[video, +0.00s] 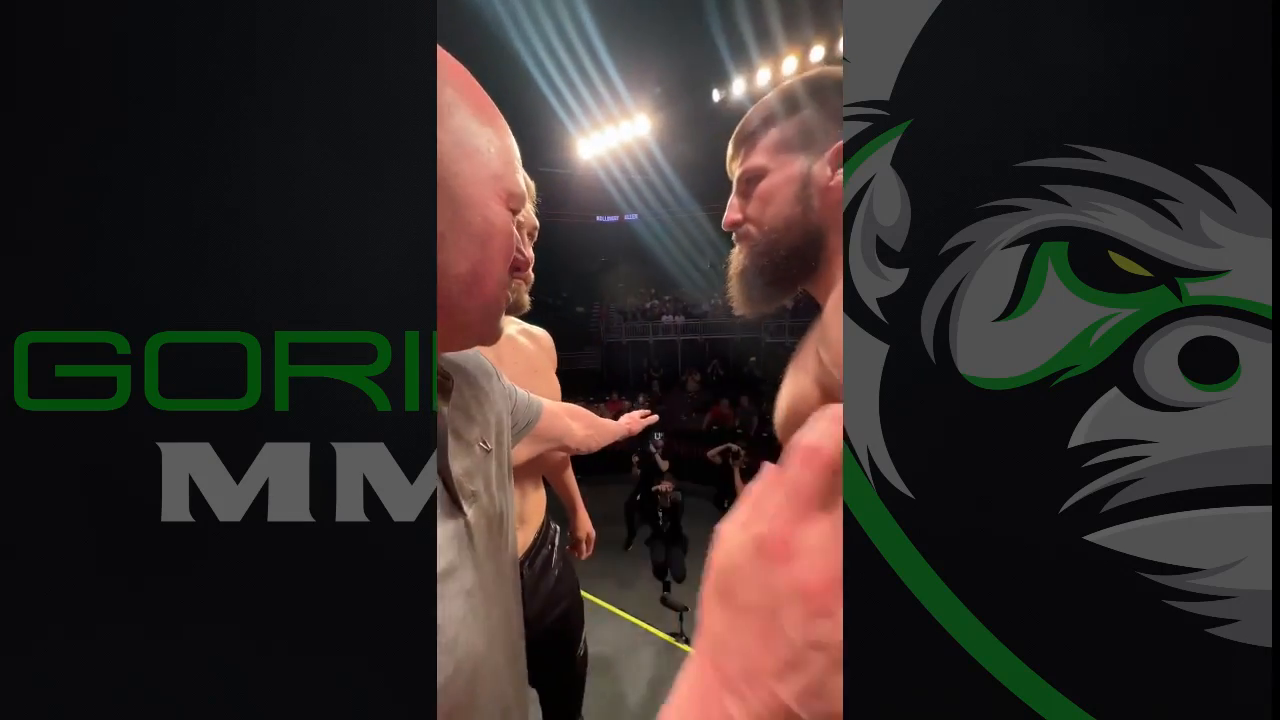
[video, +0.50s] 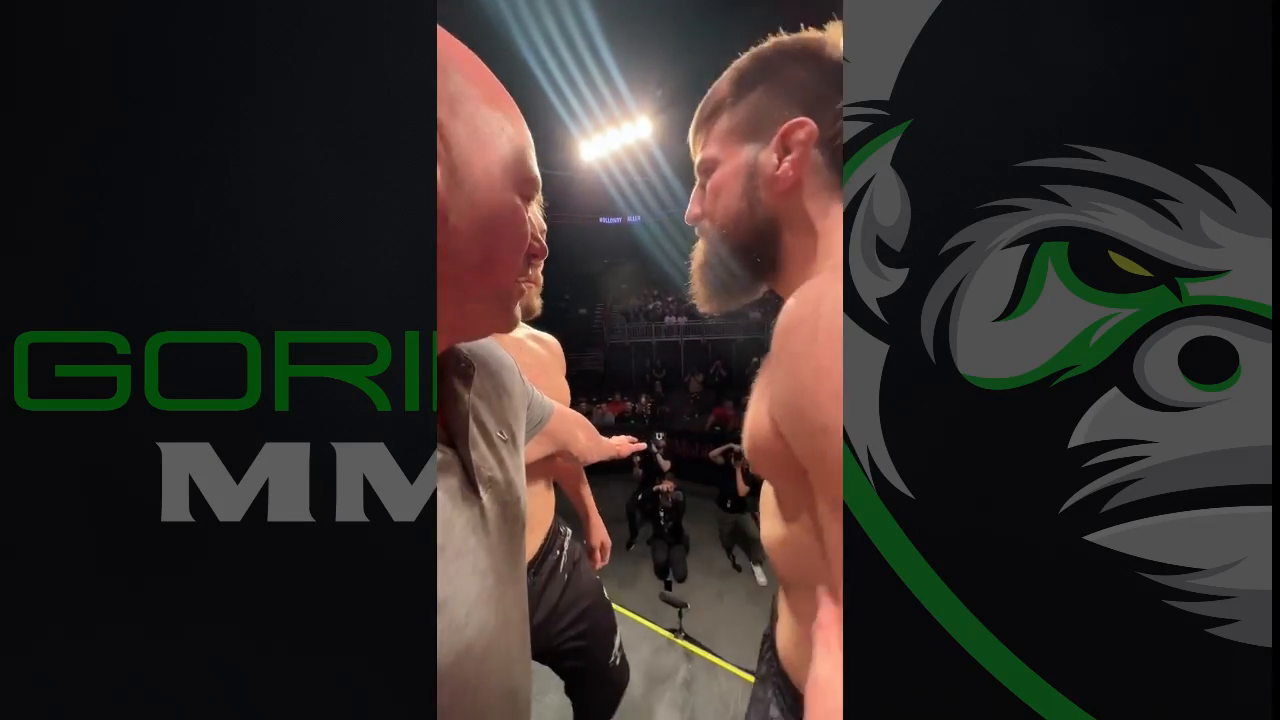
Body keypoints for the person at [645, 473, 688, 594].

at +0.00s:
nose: (666, 489)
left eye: (669, 487)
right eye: (663, 486)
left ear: (673, 488)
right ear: (658, 487)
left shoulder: (676, 500)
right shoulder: (652, 500)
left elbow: (677, 517)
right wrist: (656, 491)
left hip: (674, 538)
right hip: (657, 538)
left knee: (679, 577)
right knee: (659, 570)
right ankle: (665, 583)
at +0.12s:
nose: (665, 489)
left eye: (668, 486)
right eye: (662, 485)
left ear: (672, 488)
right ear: (657, 487)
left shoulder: (676, 499)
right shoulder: (651, 501)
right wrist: (653, 491)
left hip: (674, 537)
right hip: (657, 537)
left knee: (678, 577)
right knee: (659, 570)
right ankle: (664, 583)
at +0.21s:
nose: (665, 489)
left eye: (668, 486)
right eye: (662, 485)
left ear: (672, 488)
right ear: (658, 487)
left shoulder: (676, 499)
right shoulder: (651, 501)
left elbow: (677, 514)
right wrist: (653, 491)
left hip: (674, 538)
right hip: (657, 537)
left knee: (678, 576)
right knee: (659, 568)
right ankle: (664, 582)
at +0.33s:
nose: (665, 489)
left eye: (668, 486)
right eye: (662, 486)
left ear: (673, 488)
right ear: (657, 488)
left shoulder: (676, 499)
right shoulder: (652, 501)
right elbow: (640, 500)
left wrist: (669, 495)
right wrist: (654, 490)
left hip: (675, 538)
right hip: (657, 538)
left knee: (679, 577)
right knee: (659, 568)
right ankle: (665, 583)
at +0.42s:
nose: (666, 487)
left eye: (669, 484)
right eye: (664, 484)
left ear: (674, 486)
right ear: (659, 485)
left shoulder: (677, 498)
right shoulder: (653, 499)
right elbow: (640, 501)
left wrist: (669, 494)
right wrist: (654, 490)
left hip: (675, 537)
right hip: (658, 537)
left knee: (679, 576)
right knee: (659, 563)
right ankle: (665, 581)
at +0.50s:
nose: (667, 488)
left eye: (670, 485)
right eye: (664, 485)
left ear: (674, 487)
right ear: (660, 487)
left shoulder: (678, 499)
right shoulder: (654, 501)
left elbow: (681, 510)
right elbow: (641, 500)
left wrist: (672, 493)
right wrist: (655, 489)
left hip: (676, 538)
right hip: (659, 537)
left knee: (680, 577)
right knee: (660, 563)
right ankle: (666, 579)